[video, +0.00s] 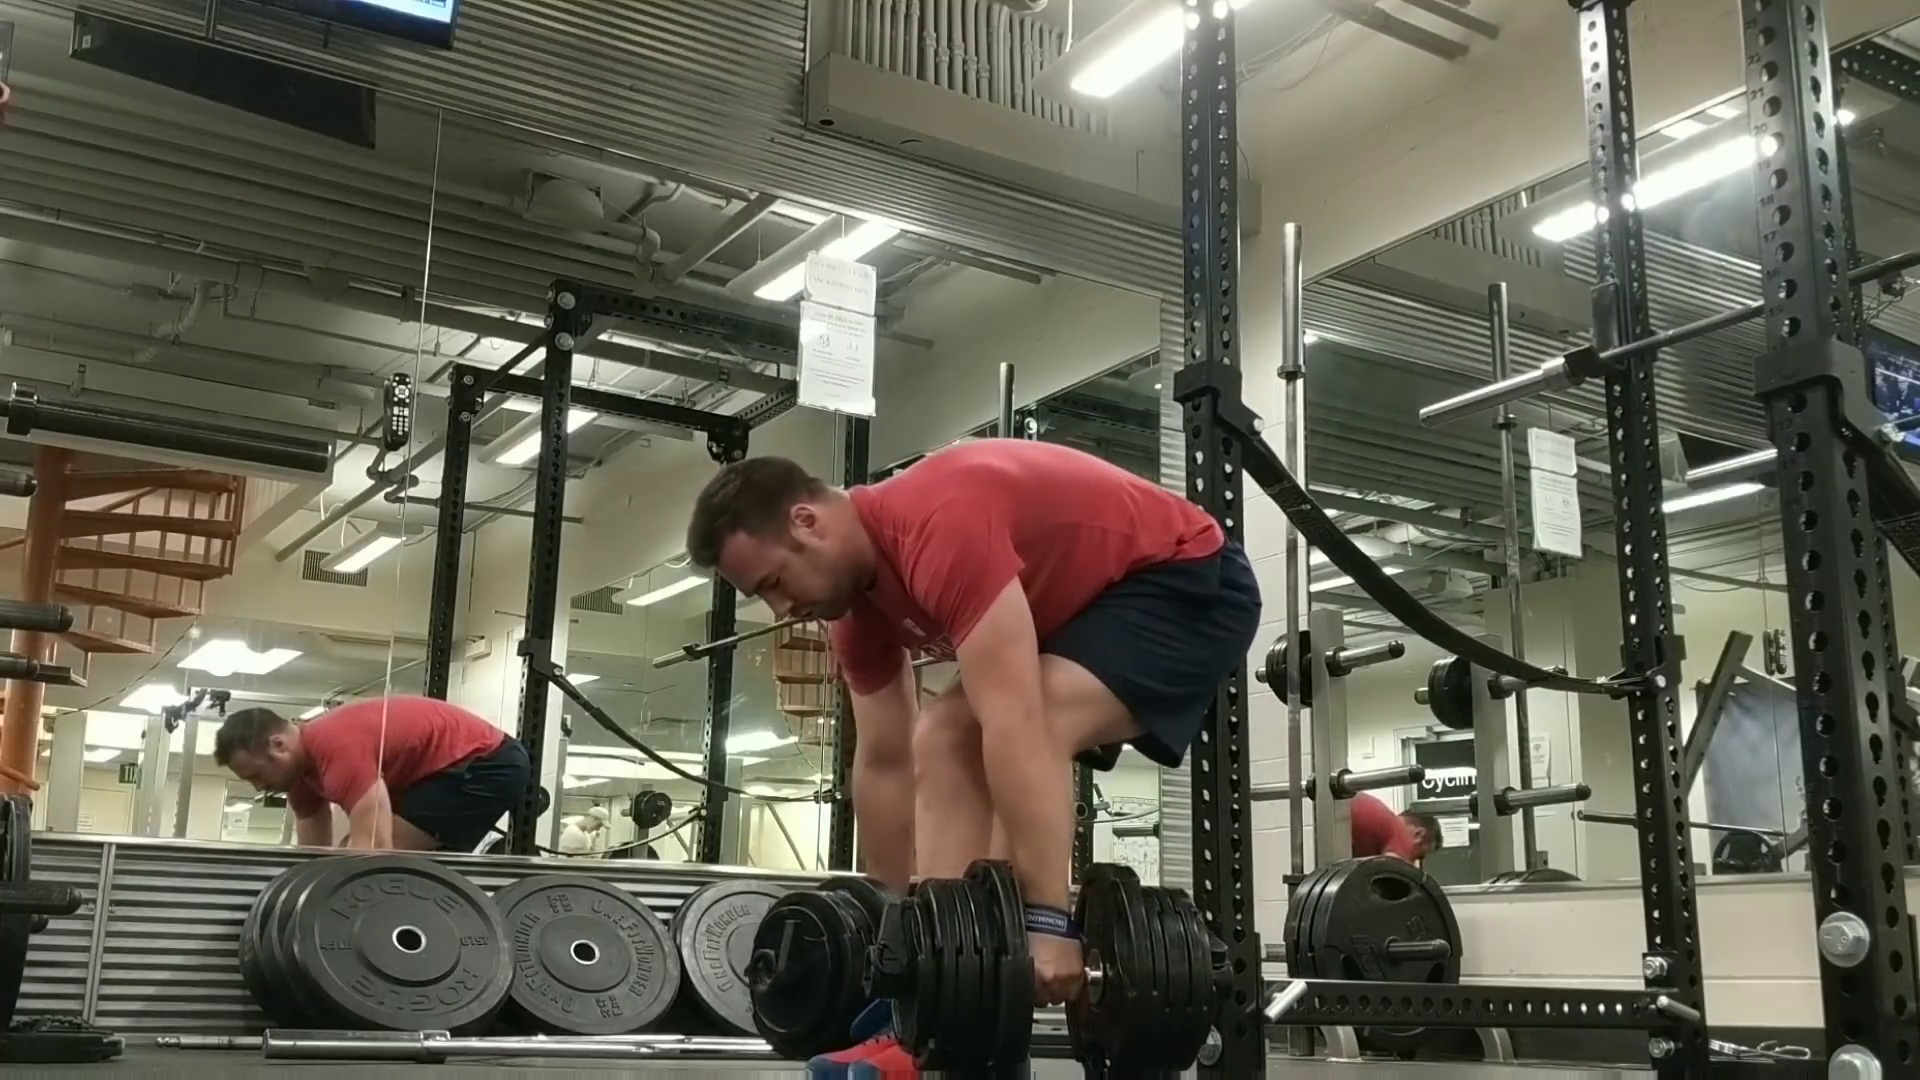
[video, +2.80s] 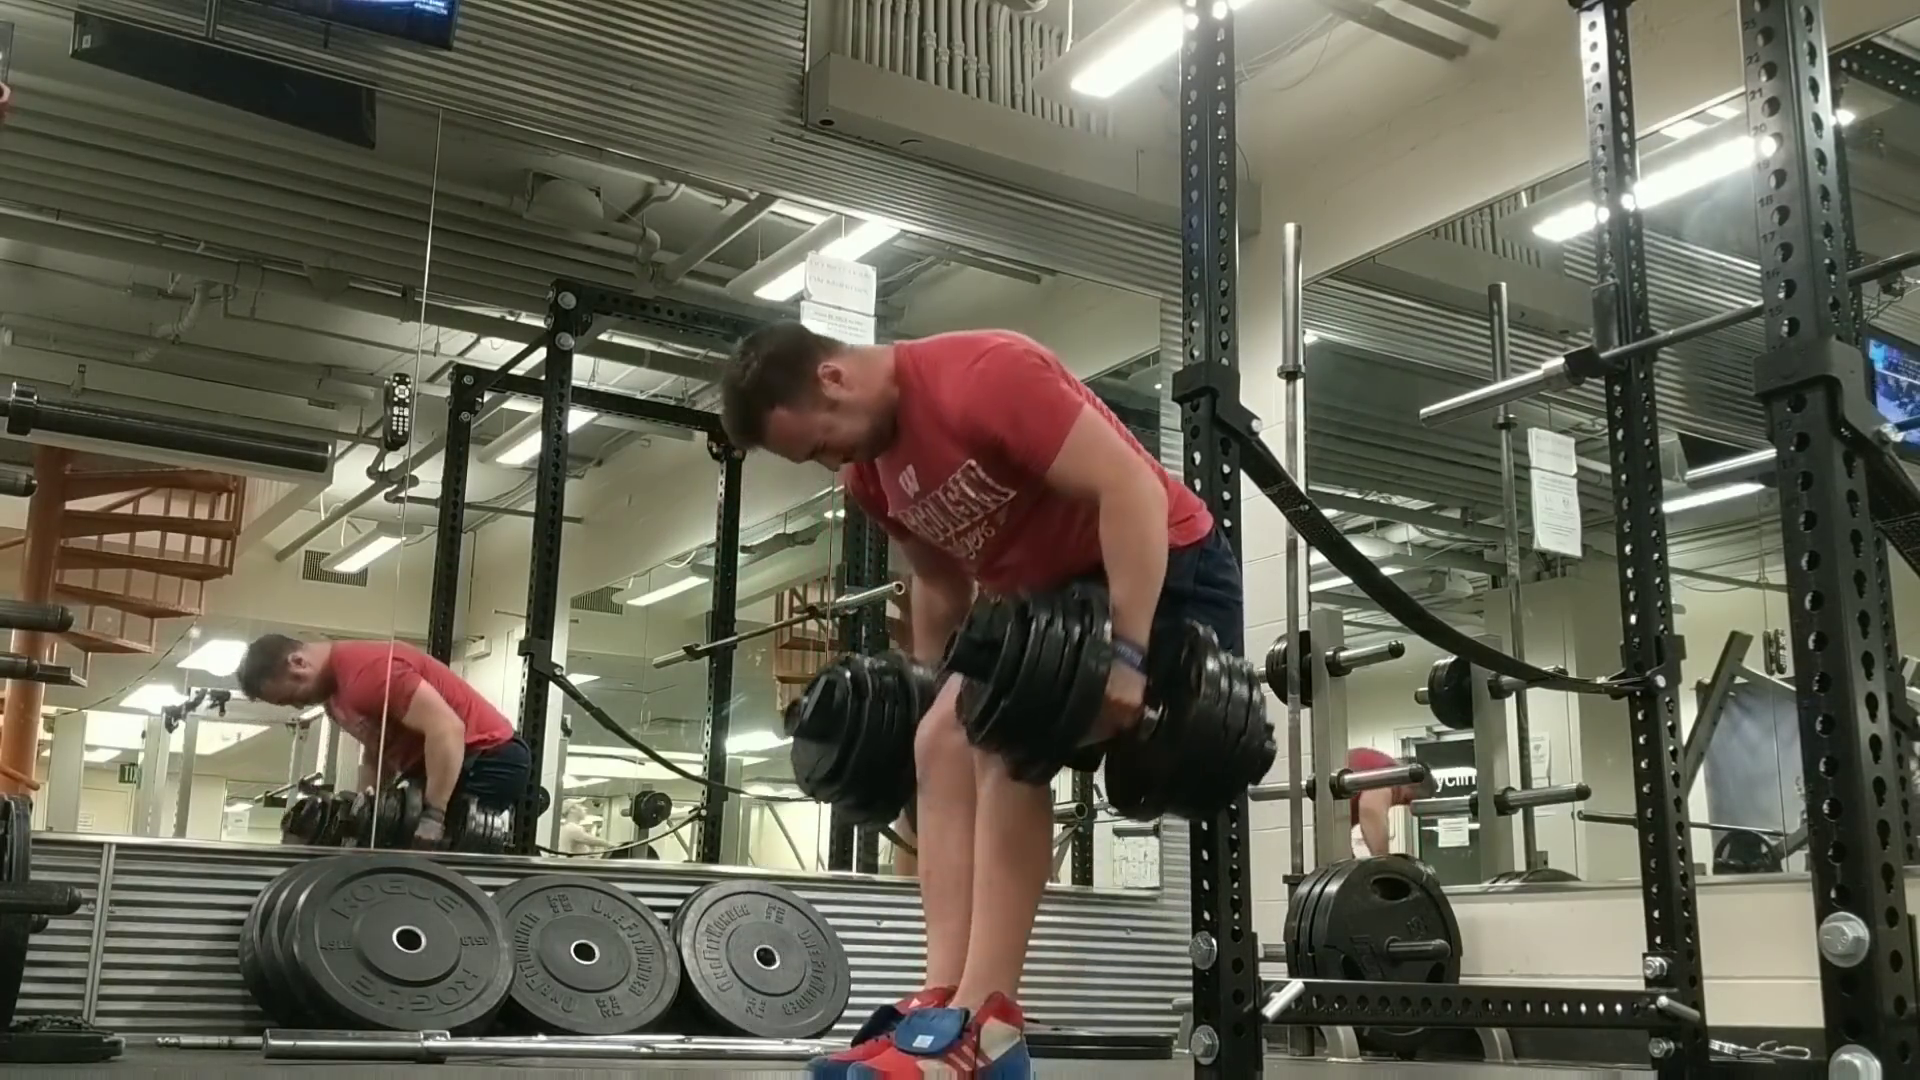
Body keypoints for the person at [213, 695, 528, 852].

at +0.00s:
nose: (259, 788)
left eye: (255, 775)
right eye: (250, 781)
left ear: (279, 747)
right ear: (277, 746)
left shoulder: (336, 748)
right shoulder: (302, 772)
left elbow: (370, 843)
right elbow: (314, 849)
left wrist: (327, 904)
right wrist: (300, 904)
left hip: (487, 765)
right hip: (457, 769)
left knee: (388, 854)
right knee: (384, 855)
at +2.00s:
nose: (250, 762)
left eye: (248, 749)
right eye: (242, 755)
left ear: (270, 719)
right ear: (270, 722)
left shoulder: (333, 739)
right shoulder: (301, 762)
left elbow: (358, 850)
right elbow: (309, 851)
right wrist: (286, 920)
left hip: (491, 763)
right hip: (461, 768)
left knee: (383, 847)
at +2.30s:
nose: (253, 741)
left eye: (252, 729)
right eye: (245, 735)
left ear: (277, 700)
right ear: (275, 703)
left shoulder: (338, 724)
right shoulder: (306, 748)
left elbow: (381, 824)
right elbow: (320, 831)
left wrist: (367, 915)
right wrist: (294, 901)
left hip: (488, 762)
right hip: (453, 771)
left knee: (369, 848)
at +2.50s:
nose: (271, 723)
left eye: (269, 711)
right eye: (262, 719)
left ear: (285, 679)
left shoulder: (348, 702)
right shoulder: (314, 727)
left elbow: (406, 789)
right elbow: (340, 796)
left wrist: (381, 885)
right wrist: (313, 871)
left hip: (487, 759)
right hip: (450, 767)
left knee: (401, 863)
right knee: (363, 854)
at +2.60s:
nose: (276, 716)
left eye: (272, 705)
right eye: (267, 711)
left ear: (288, 672)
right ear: (290, 674)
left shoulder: (353, 692)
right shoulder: (319, 712)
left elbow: (422, 764)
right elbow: (354, 781)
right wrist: (338, 847)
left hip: (489, 759)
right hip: (454, 763)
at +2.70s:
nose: (287, 710)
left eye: (281, 700)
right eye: (278, 705)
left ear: (293, 666)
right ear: (294, 668)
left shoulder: (362, 682)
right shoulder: (327, 703)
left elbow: (435, 747)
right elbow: (364, 763)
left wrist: (421, 835)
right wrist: (359, 825)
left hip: (491, 759)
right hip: (454, 762)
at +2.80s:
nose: (300, 705)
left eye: (292, 697)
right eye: (289, 703)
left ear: (298, 664)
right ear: (299, 663)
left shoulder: (364, 674)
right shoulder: (335, 694)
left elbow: (446, 729)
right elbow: (376, 748)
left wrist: (433, 818)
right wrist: (362, 813)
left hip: (489, 762)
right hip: (451, 765)